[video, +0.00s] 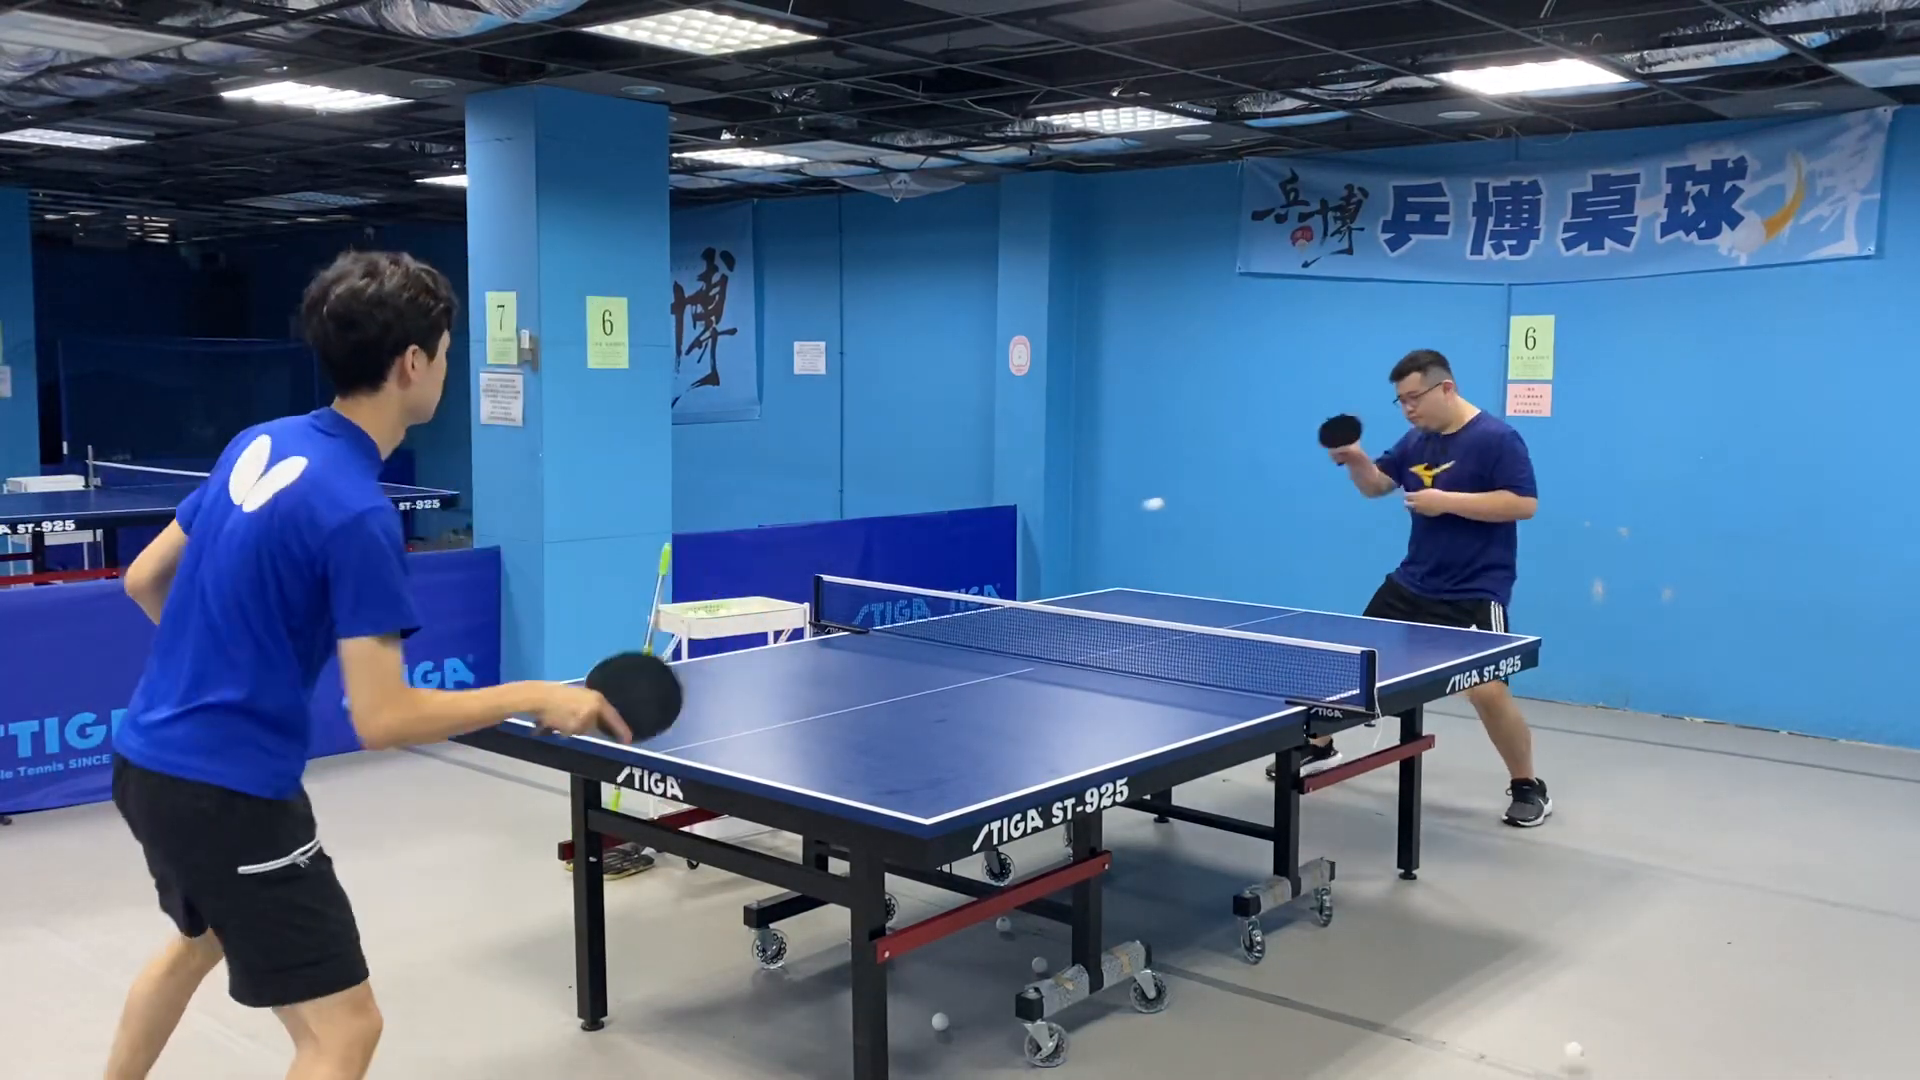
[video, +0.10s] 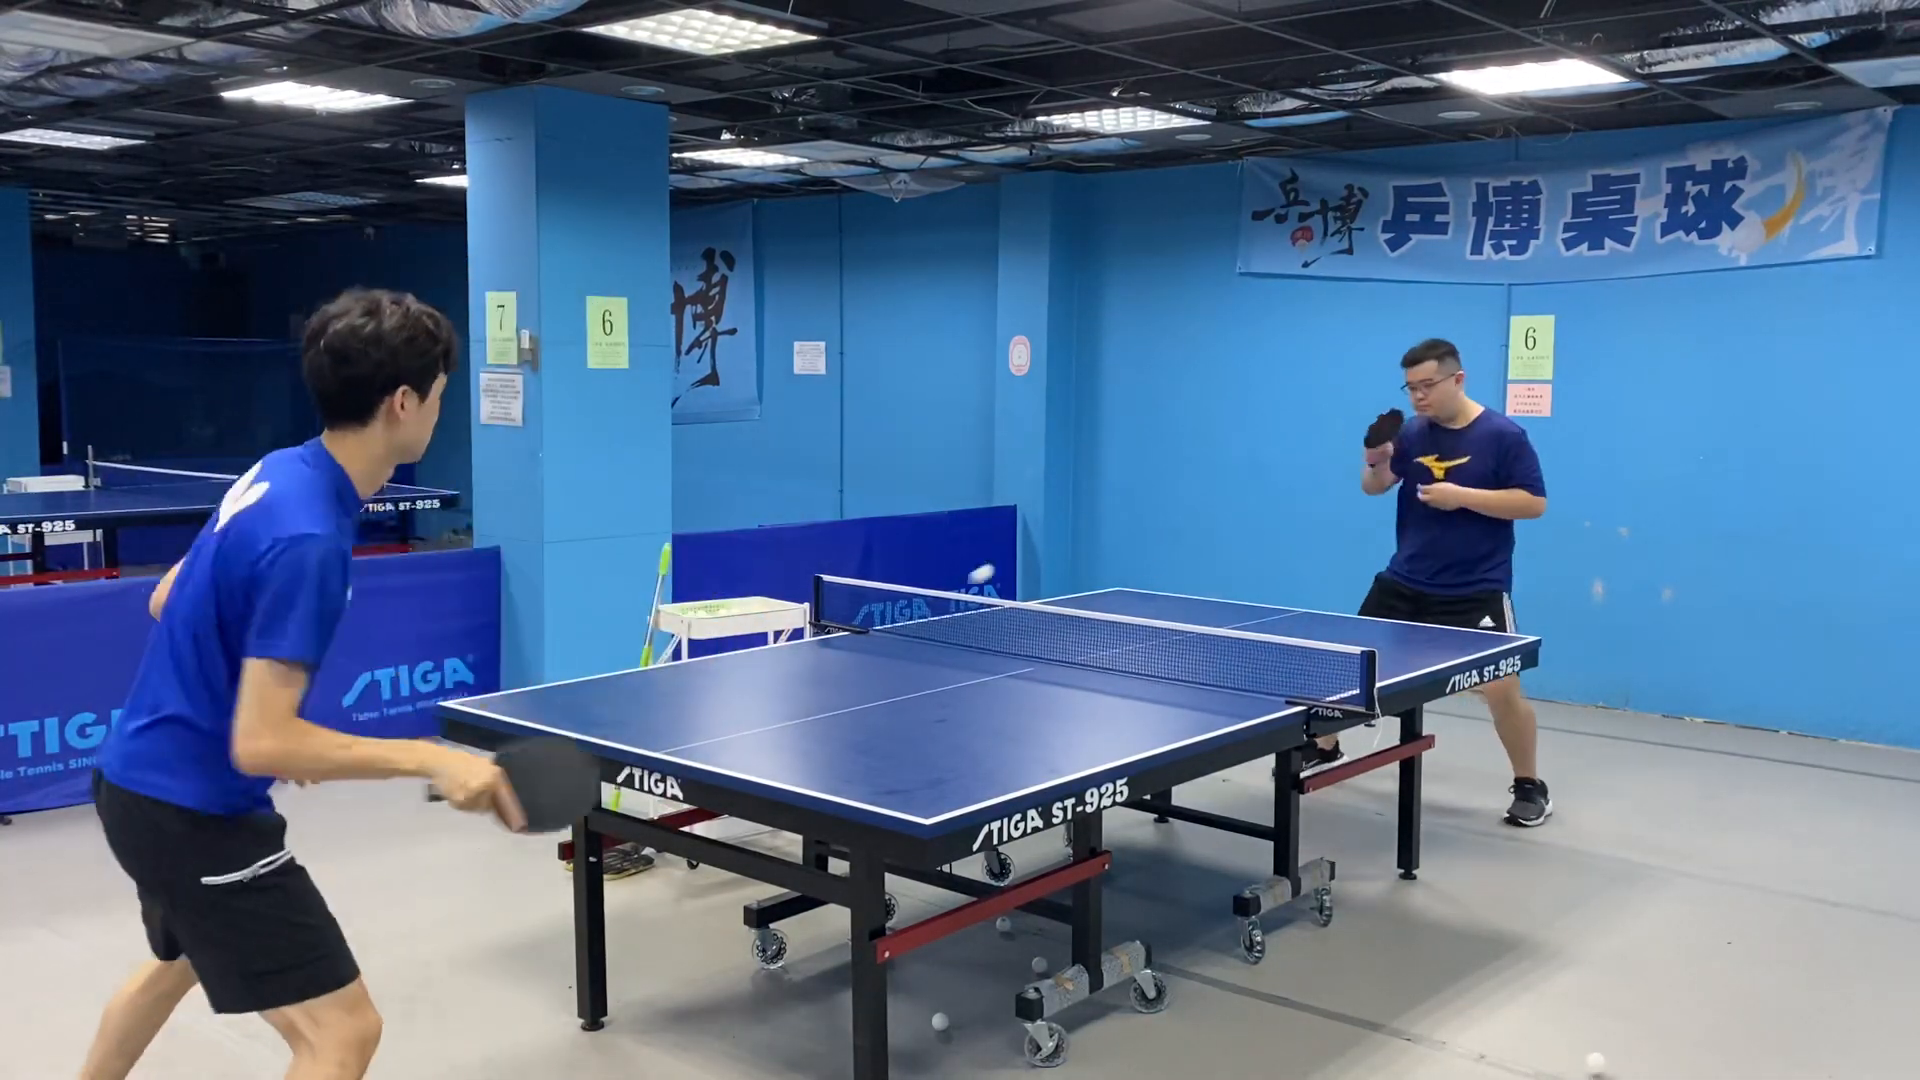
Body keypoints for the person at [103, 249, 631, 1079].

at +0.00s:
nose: (445, 374)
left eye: (445, 354)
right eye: (443, 354)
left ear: (334, 355)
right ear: (408, 365)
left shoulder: (256, 445)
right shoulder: (357, 508)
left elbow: (147, 577)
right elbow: (383, 715)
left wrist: (225, 658)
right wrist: (537, 698)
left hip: (147, 761)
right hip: (233, 790)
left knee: (200, 938)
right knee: (341, 1030)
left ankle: (118, 1073)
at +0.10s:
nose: (438, 410)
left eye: (440, 392)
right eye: (438, 392)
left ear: (339, 393)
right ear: (399, 403)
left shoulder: (278, 474)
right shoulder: (311, 536)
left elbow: (169, 598)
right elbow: (263, 743)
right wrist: (431, 761)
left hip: (139, 778)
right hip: (198, 807)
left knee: (179, 957)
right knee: (341, 1032)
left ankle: (95, 1074)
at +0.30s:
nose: (389, 450)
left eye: (392, 432)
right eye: (390, 431)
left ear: (294, 420)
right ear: (357, 432)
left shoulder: (225, 499)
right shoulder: (262, 558)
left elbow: (125, 630)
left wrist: (216, 753)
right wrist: (364, 723)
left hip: (96, 788)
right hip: (142, 816)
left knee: (174, 964)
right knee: (316, 1027)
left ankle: (86, 1073)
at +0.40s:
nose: (360, 425)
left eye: (362, 407)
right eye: (360, 406)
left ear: (260, 399)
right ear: (328, 411)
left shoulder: (170, 488)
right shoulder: (294, 550)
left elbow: (66, 626)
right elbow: (433, 704)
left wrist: (150, 697)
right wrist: (481, 659)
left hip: (65, 791)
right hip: (145, 814)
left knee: (143, 958)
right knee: (310, 1027)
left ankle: (71, 1078)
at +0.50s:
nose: (333, 401)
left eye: (332, 382)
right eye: (331, 382)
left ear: (230, 381)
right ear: (303, 390)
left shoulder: (136, 478)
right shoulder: (303, 525)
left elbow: (30, 622)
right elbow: (482, 614)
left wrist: (114, 695)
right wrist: (566, 580)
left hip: (61, 792)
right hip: (157, 810)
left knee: (112, 955)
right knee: (306, 1028)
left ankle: (53, 1076)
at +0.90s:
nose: (309, 370)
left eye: (306, 351)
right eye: (305, 352)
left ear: (202, 361)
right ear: (273, 366)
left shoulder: (118, 466)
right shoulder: (272, 510)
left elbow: (31, 616)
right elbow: (389, 669)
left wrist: (113, 677)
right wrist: (485, 608)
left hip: (64, 782)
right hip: (164, 801)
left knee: (105, 962)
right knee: (293, 1025)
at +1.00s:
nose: (324, 387)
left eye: (324, 368)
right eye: (322, 367)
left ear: (217, 370)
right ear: (286, 376)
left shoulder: (146, 466)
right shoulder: (246, 522)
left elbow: (59, 613)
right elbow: (288, 720)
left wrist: (194, 693)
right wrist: (428, 694)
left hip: (65, 775)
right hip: (144, 797)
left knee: (114, 970)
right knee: (280, 1026)